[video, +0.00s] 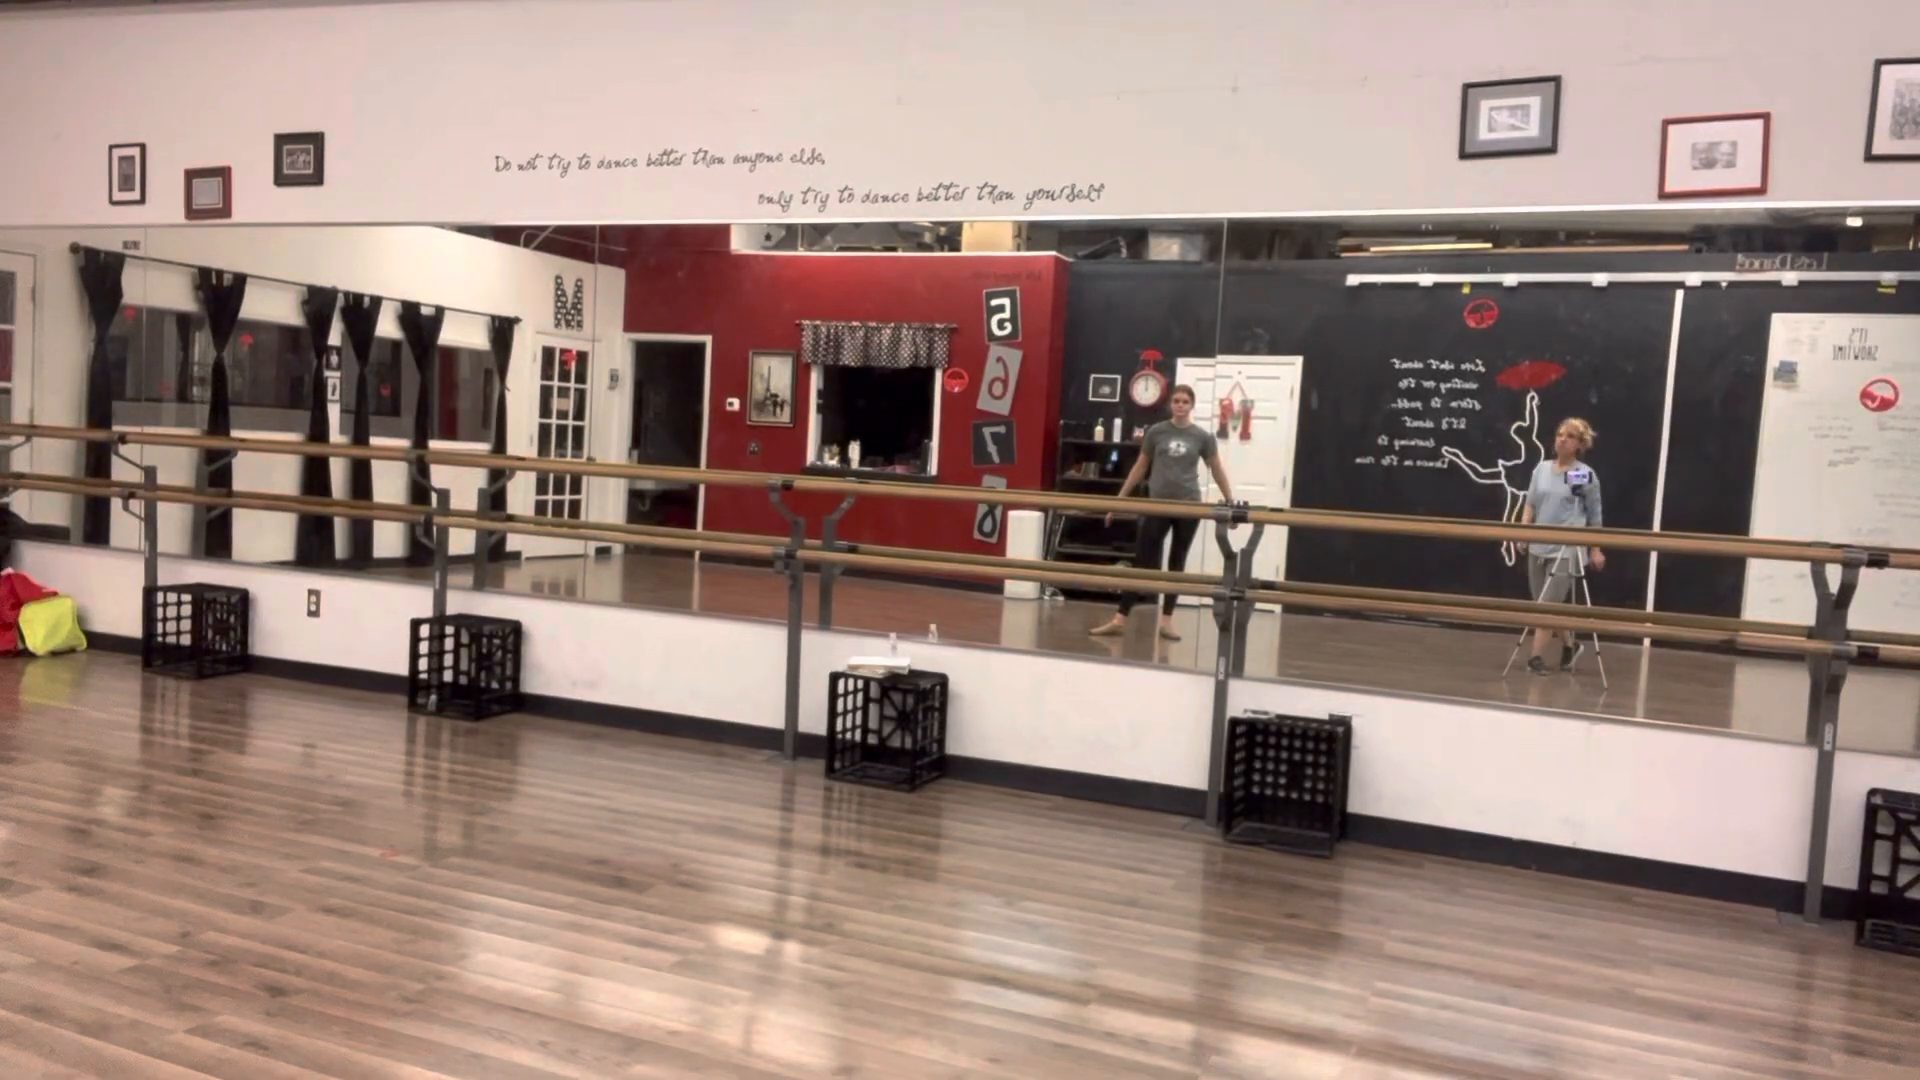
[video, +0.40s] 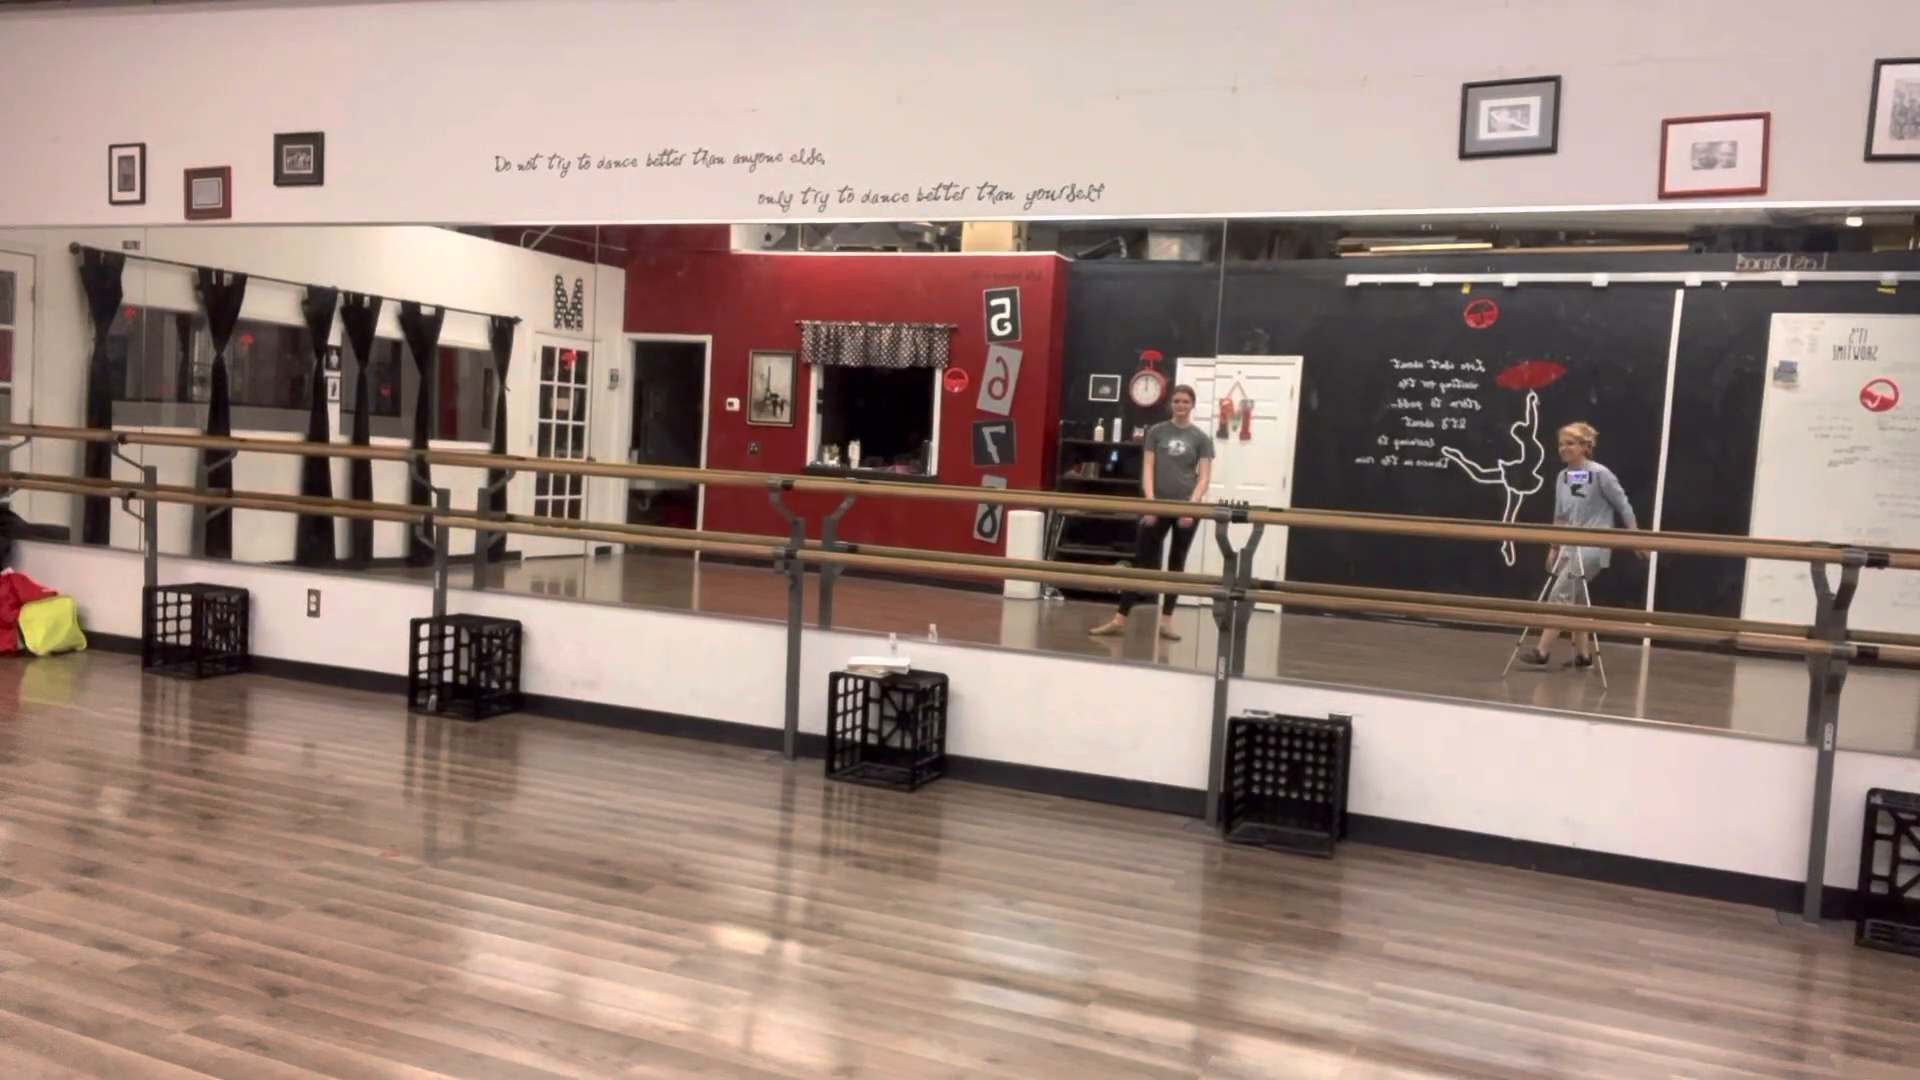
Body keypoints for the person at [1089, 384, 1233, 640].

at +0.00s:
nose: (1180, 406)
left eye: (1185, 402)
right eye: (1176, 402)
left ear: (1192, 406)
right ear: (1170, 404)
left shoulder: (1203, 436)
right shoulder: (1155, 432)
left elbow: (1217, 470)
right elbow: (1140, 467)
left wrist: (1230, 501)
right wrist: (1119, 502)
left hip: (1188, 509)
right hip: (1157, 506)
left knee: (1176, 563)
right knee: (1142, 559)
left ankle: (1166, 620)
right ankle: (1120, 618)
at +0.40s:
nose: (1180, 406)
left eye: (1185, 402)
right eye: (1177, 401)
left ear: (1193, 406)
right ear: (1171, 404)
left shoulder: (1202, 439)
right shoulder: (1155, 432)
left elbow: (1204, 477)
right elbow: (1148, 469)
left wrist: (1191, 508)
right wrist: (1150, 504)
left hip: (1185, 508)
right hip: (1157, 505)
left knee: (1176, 564)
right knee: (1142, 560)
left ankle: (1166, 619)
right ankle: (1120, 617)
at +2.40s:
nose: (1180, 404)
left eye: (1185, 401)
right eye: (1176, 400)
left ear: (1192, 405)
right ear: (1170, 404)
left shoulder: (1203, 437)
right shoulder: (1155, 432)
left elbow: (1214, 473)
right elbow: (1142, 469)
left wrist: (1224, 504)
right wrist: (1124, 505)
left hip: (1187, 510)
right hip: (1156, 507)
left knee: (1176, 563)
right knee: (1142, 559)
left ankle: (1165, 619)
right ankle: (1120, 618)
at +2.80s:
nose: (1181, 405)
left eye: (1185, 401)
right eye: (1177, 401)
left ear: (1193, 405)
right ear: (1171, 404)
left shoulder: (1202, 438)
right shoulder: (1155, 432)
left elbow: (1203, 476)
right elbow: (1147, 469)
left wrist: (1189, 505)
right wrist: (1153, 500)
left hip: (1185, 507)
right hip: (1157, 504)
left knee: (1176, 563)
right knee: (1142, 558)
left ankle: (1166, 619)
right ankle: (1120, 617)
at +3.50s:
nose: (1186, 406)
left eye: (1190, 403)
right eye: (1183, 402)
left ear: (1193, 407)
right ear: (1171, 404)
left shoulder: (1200, 437)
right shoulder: (1153, 433)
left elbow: (1214, 473)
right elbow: (1139, 471)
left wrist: (1229, 504)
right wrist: (1122, 506)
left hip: (1188, 509)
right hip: (1156, 507)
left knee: (1176, 563)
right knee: (1142, 560)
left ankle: (1166, 620)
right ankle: (1120, 618)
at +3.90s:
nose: (1191, 408)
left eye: (1194, 404)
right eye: (1187, 403)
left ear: (1195, 407)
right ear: (1174, 404)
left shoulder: (1201, 438)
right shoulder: (1154, 433)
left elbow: (1207, 475)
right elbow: (1144, 471)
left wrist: (1211, 508)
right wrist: (1142, 506)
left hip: (1188, 509)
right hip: (1156, 506)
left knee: (1176, 564)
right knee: (1142, 560)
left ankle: (1166, 620)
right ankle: (1120, 617)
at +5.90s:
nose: (1180, 403)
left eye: (1185, 400)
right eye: (1176, 399)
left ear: (1192, 404)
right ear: (1170, 403)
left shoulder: (1202, 436)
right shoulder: (1155, 432)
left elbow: (1218, 473)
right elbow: (1140, 470)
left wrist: (1229, 509)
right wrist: (1123, 506)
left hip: (1187, 509)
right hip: (1156, 506)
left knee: (1176, 563)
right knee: (1141, 559)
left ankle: (1166, 620)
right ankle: (1120, 618)